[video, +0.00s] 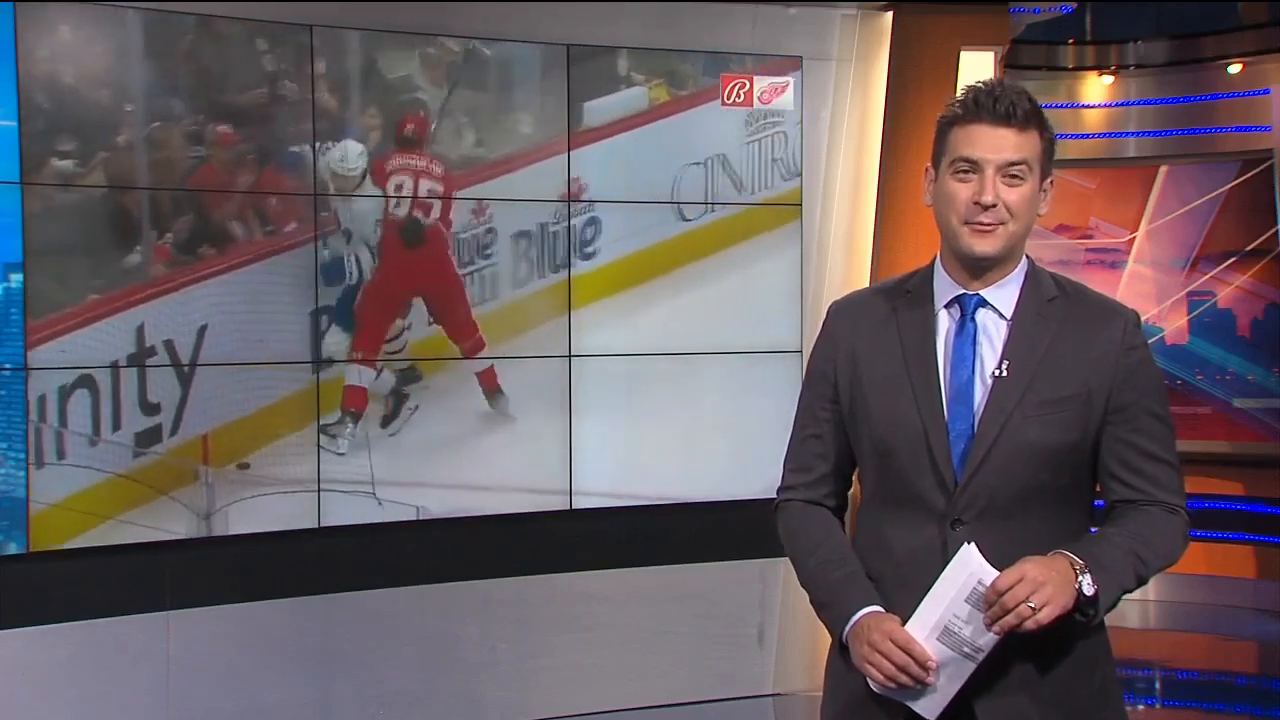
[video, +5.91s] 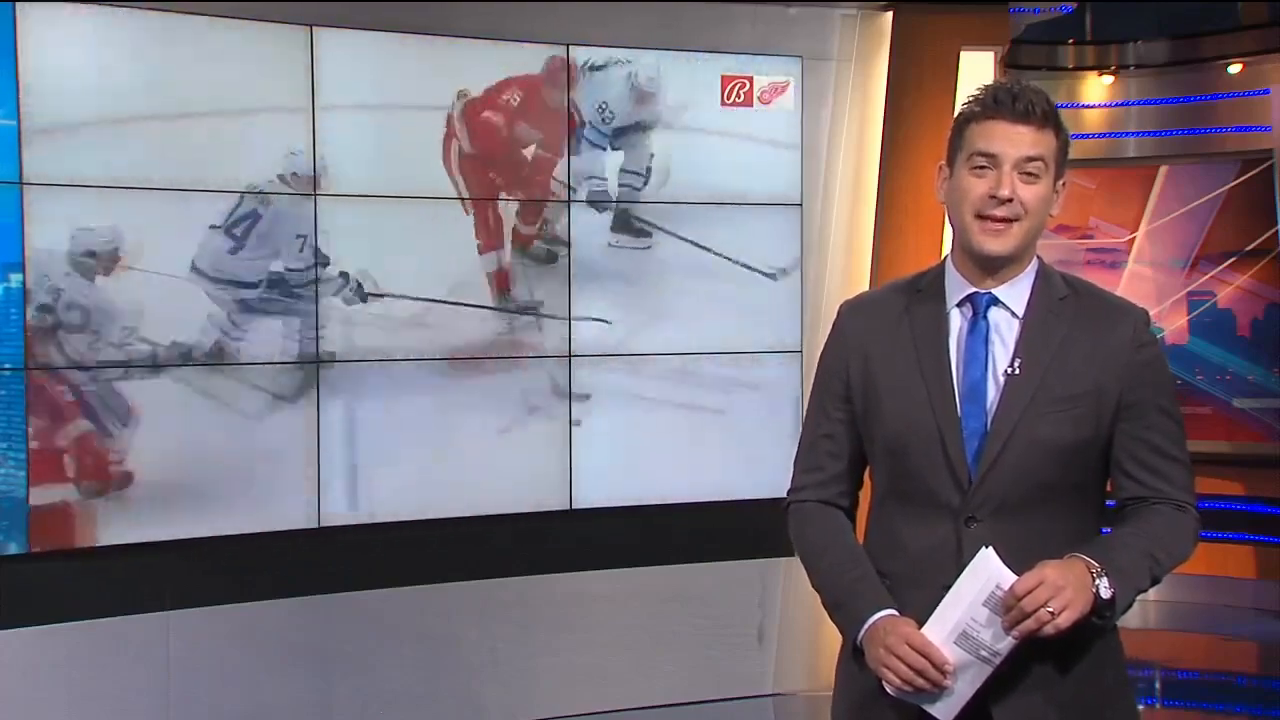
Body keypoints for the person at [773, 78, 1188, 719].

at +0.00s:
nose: (987, 196)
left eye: (1013, 176)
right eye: (965, 171)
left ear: (1043, 194)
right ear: (932, 185)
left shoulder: (1108, 335)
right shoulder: (854, 326)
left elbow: (1155, 511)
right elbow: (805, 499)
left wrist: (1079, 570)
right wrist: (857, 616)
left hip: (1044, 691)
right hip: (881, 687)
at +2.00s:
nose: (1007, 195)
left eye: (1032, 176)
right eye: (986, 170)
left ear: (1058, 197)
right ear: (949, 186)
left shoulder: (1121, 337)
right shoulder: (869, 326)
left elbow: (1167, 510)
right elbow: (820, 499)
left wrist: (1096, 568)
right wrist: (872, 615)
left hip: (1056, 690)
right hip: (895, 687)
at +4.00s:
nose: (1006, 185)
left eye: (1031, 166)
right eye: (984, 161)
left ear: (1058, 192)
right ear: (948, 184)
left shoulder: (1123, 332)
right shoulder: (871, 326)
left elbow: (1172, 507)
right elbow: (824, 502)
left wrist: (1102, 568)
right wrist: (879, 619)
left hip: (1064, 688)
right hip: (899, 685)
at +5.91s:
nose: (1003, 191)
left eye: (1028, 173)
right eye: (981, 166)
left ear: (1055, 196)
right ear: (945, 183)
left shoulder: (1119, 336)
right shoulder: (865, 327)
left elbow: (1166, 510)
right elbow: (816, 500)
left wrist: (1095, 572)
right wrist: (871, 620)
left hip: (1056, 692)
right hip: (893, 687)